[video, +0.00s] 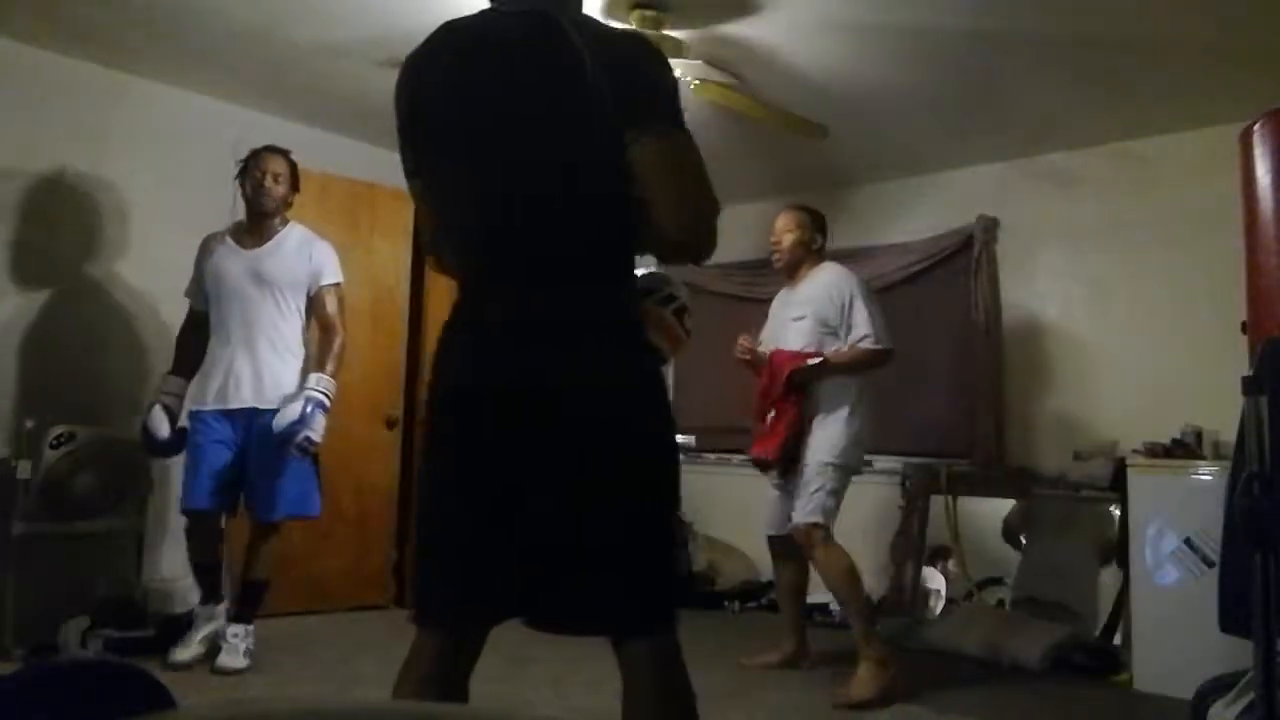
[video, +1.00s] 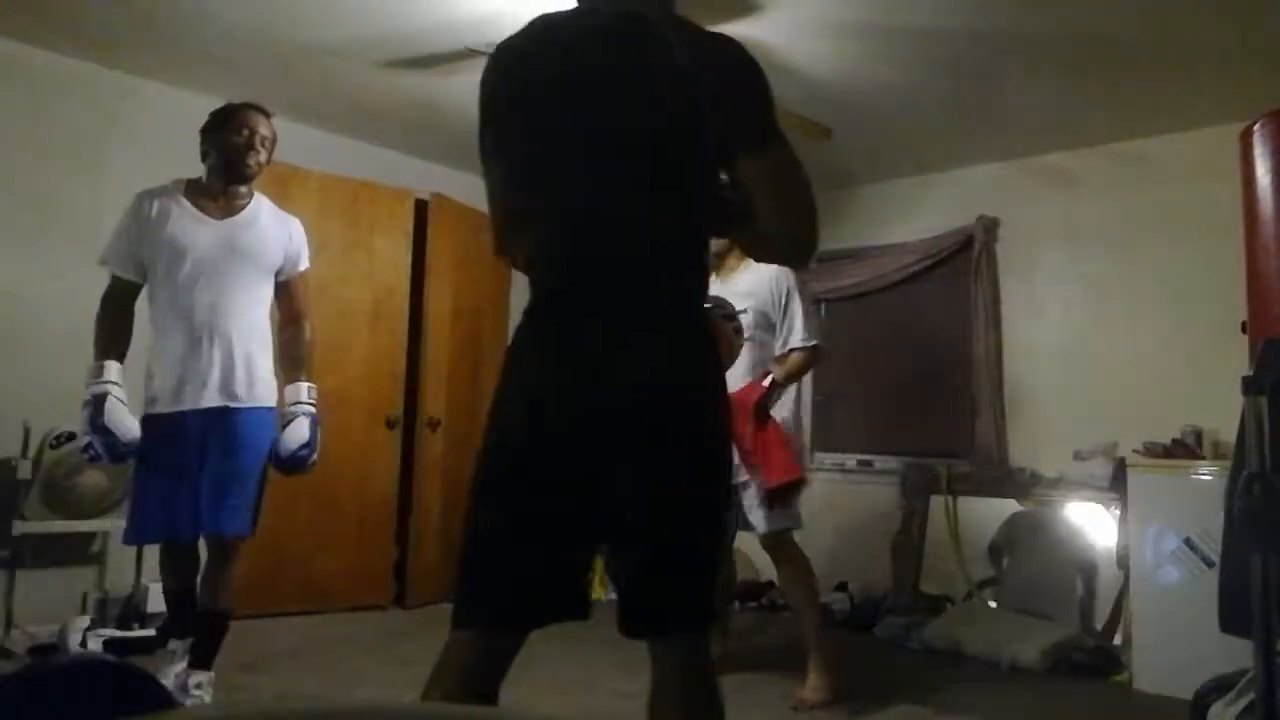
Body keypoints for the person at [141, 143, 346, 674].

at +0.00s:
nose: (264, 184)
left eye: (275, 179)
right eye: (256, 176)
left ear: (292, 193)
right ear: (240, 185)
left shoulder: (312, 251)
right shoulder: (213, 249)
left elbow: (332, 330)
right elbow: (195, 328)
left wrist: (316, 399)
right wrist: (170, 395)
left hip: (278, 408)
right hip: (212, 405)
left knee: (265, 522)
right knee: (200, 510)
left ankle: (242, 628)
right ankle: (209, 612)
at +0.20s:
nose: (248, 178)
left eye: (260, 172)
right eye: (241, 169)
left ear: (278, 186)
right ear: (226, 177)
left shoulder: (301, 247)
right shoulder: (196, 245)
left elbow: (326, 323)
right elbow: (176, 326)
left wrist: (313, 393)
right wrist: (153, 398)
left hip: (269, 408)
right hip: (198, 406)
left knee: (256, 528)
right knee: (192, 525)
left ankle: (238, 632)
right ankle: (184, 638)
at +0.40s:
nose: (229, 167)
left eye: (241, 161)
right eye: (220, 158)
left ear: (259, 176)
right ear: (204, 170)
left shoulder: (287, 240)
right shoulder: (178, 239)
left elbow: (313, 323)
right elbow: (153, 325)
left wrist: (321, 402)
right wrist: (127, 405)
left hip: (251, 402)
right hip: (180, 401)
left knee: (232, 527)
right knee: (179, 526)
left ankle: (233, 623)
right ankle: (181, 641)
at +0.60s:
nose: (224, 160)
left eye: (236, 154)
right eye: (215, 151)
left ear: (253, 169)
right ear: (195, 161)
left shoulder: (281, 235)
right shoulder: (164, 231)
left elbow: (308, 318)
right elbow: (135, 318)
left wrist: (319, 398)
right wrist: (115, 399)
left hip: (243, 397)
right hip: (171, 401)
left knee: (226, 517)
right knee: (176, 527)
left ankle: (221, 634)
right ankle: (178, 643)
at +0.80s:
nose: (230, 156)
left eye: (241, 150)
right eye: (219, 145)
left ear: (256, 167)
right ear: (194, 154)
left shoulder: (278, 235)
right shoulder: (153, 224)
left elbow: (296, 320)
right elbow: (124, 312)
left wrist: (301, 404)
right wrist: (116, 388)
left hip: (243, 408)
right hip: (166, 407)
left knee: (222, 539)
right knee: (174, 537)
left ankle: (206, 666)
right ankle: (181, 648)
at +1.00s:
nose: (255, 147)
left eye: (265, 143)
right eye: (243, 134)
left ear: (270, 158)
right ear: (207, 141)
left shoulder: (283, 230)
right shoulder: (155, 209)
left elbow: (295, 321)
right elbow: (118, 301)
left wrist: (301, 404)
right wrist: (105, 383)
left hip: (247, 403)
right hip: (171, 400)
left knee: (225, 541)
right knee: (175, 536)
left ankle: (200, 674)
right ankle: (186, 645)